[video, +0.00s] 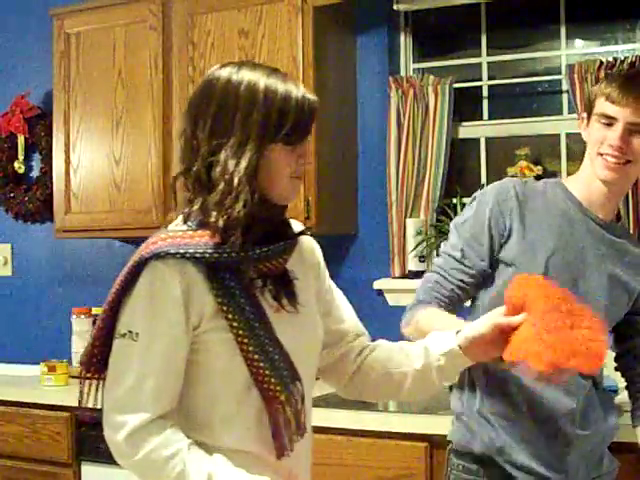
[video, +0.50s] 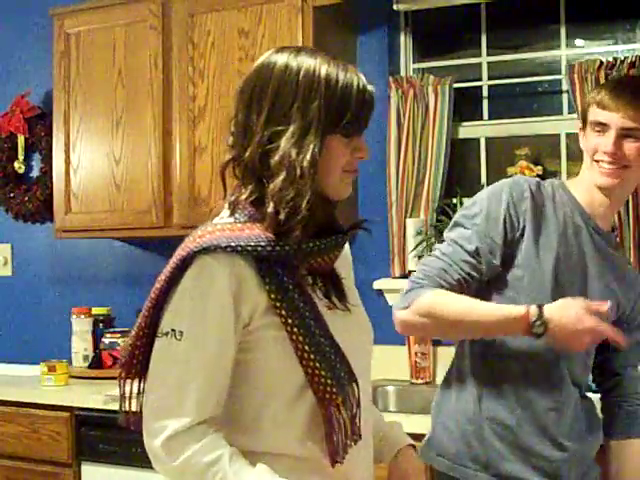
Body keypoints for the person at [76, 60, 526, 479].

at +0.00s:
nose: (308, 159)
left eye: (307, 142)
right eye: (292, 141)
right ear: (236, 147)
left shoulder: (300, 251)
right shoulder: (171, 267)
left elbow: (359, 365)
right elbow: (135, 430)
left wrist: (466, 348)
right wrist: (234, 478)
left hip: (293, 468)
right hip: (215, 471)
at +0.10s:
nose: (322, 156)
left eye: (320, 138)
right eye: (307, 138)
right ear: (253, 144)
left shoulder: (309, 247)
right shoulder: (186, 264)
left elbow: (355, 367)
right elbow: (147, 430)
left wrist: (466, 359)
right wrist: (243, 475)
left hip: (311, 464)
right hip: (236, 469)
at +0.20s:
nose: (335, 152)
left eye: (333, 134)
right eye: (317, 135)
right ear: (262, 140)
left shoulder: (317, 245)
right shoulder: (197, 262)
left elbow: (348, 379)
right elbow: (160, 427)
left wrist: (439, 395)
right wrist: (253, 477)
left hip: (328, 467)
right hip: (249, 469)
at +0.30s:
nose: (346, 152)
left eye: (345, 135)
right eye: (330, 134)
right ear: (273, 136)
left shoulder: (323, 247)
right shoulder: (205, 263)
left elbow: (332, 391)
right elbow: (168, 430)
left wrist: (413, 429)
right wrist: (264, 473)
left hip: (338, 466)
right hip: (258, 468)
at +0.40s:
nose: (355, 151)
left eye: (353, 133)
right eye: (338, 133)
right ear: (283, 137)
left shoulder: (328, 248)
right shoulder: (214, 262)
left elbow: (333, 392)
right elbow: (173, 432)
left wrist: (399, 445)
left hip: (343, 470)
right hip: (270, 468)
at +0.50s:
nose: (363, 150)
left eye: (361, 133)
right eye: (346, 132)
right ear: (290, 137)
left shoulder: (330, 249)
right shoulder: (221, 263)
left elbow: (341, 394)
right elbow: (176, 434)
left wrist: (398, 451)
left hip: (351, 470)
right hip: (274, 468)